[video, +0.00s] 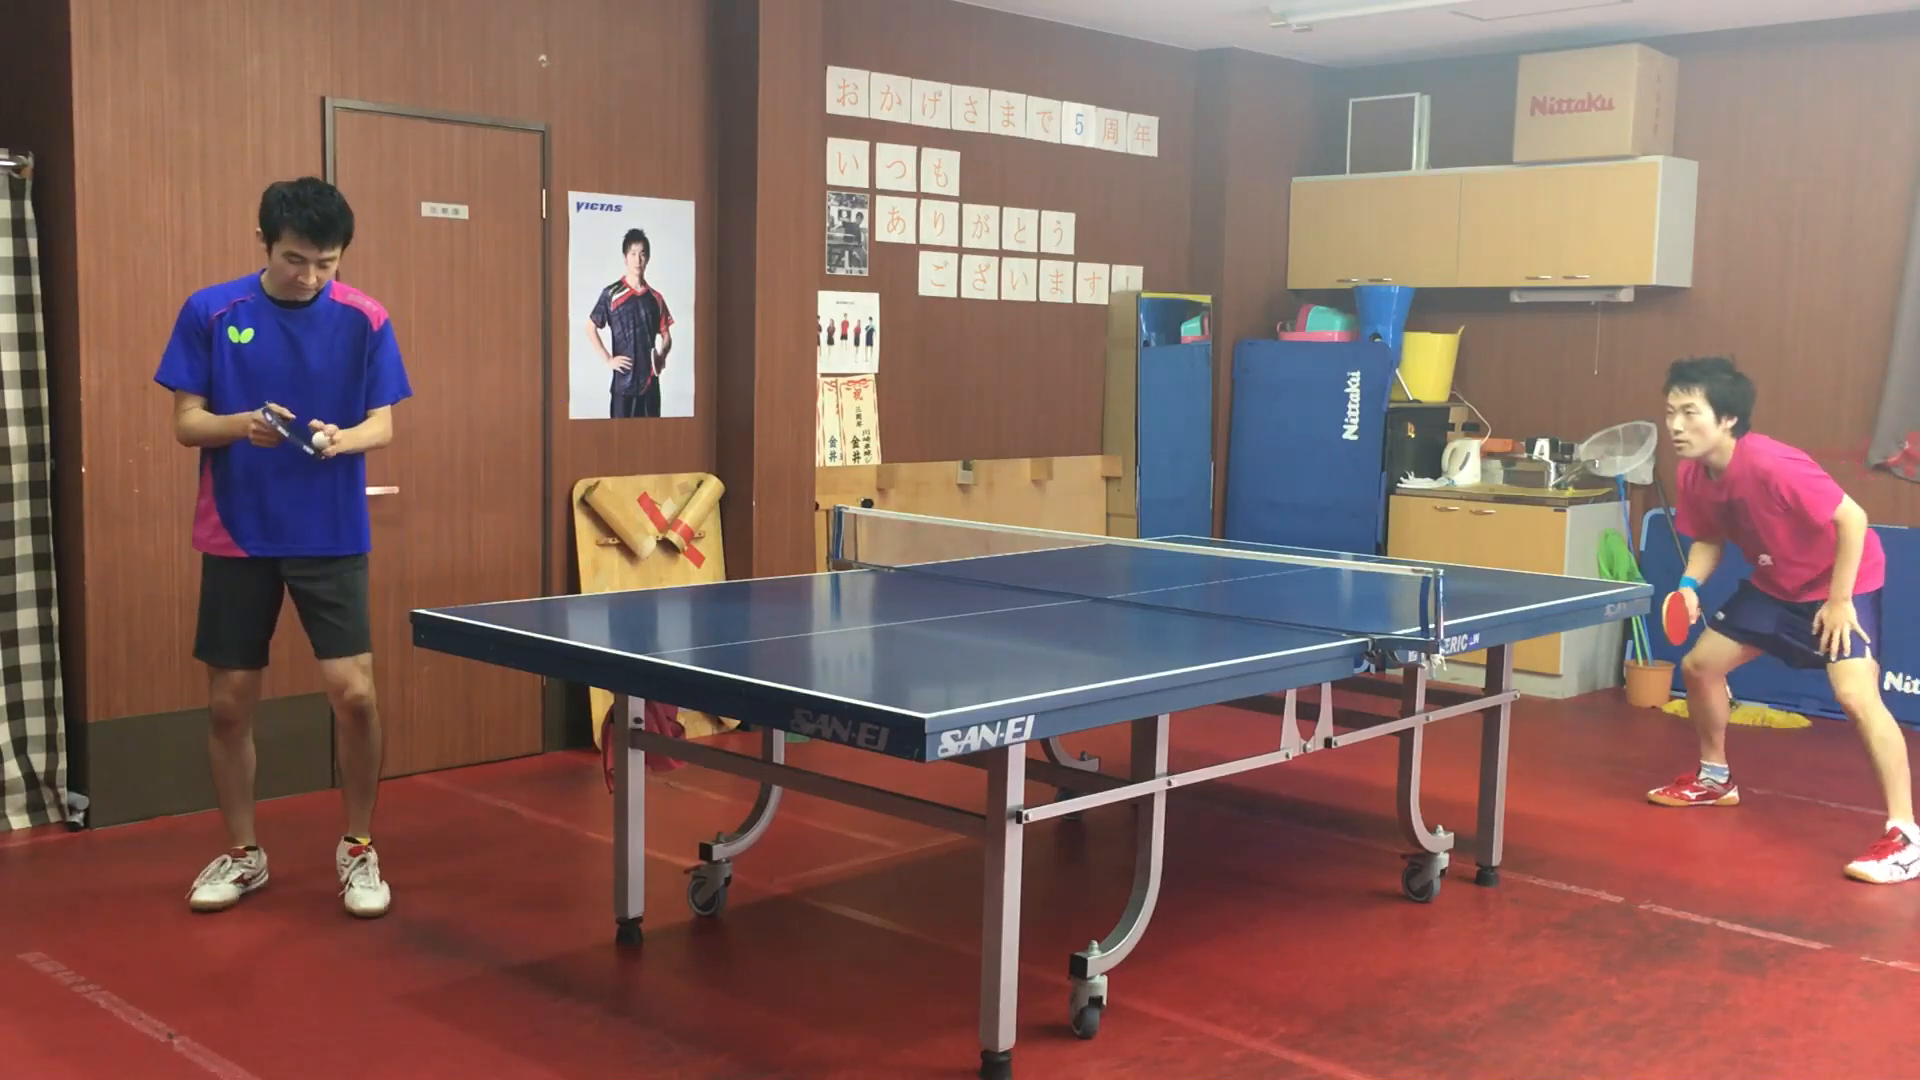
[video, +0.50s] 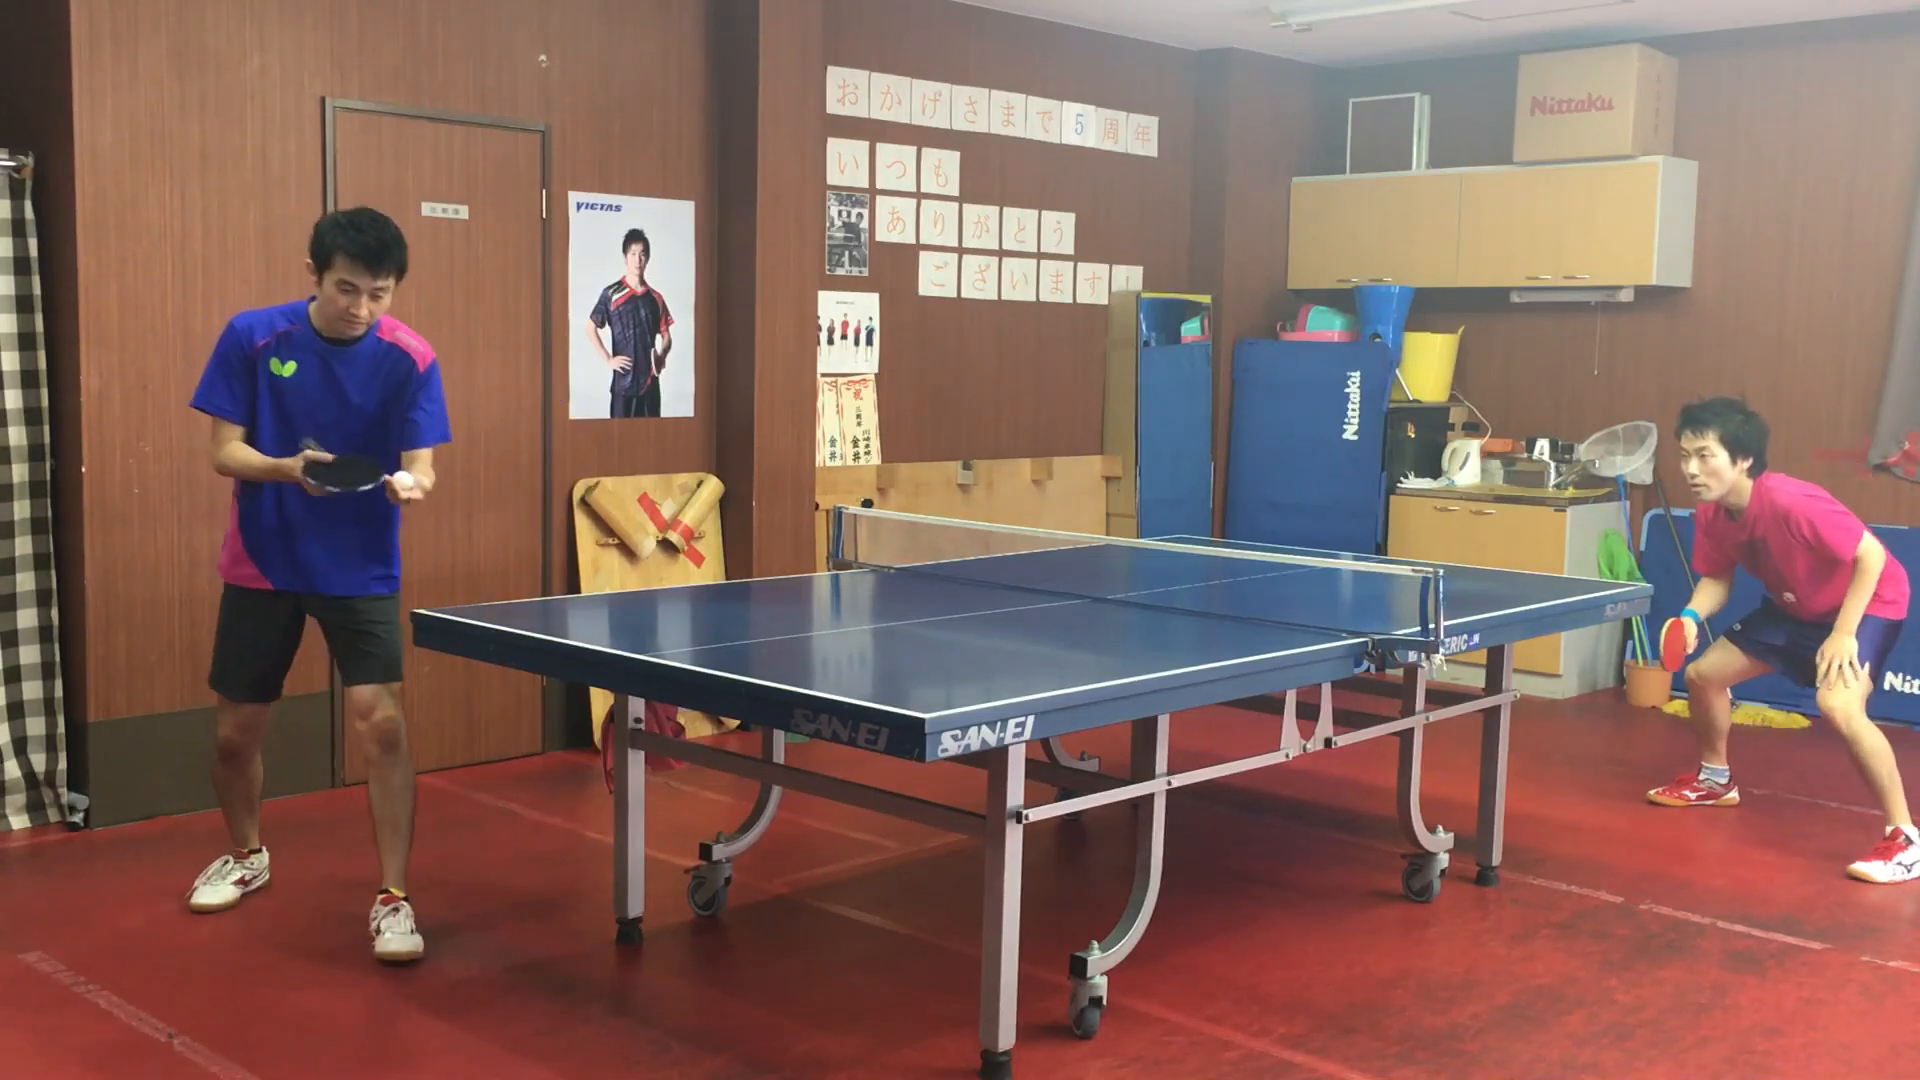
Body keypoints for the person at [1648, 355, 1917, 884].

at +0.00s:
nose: (1674, 425)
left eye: (1688, 412)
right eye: (1670, 413)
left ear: (1728, 421)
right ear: (1668, 418)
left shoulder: (1772, 465)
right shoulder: (1694, 475)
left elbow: (1853, 519)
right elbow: (1707, 540)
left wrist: (1839, 600)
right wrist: (1689, 587)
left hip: (1842, 586)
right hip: (1773, 584)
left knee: (1856, 695)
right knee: (1701, 664)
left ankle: (1905, 835)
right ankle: (1713, 777)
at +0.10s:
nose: (1669, 428)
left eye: (1683, 414)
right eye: (1666, 416)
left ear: (1724, 423)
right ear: (1663, 421)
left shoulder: (1767, 467)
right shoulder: (1694, 479)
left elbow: (1848, 525)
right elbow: (1707, 543)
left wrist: (1836, 604)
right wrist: (1686, 588)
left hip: (1844, 586)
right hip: (1776, 584)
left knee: (1853, 697)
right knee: (1700, 662)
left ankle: (1906, 835)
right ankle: (1713, 777)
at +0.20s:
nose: (1672, 435)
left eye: (1686, 422)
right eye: (1668, 423)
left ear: (1726, 430)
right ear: (1666, 428)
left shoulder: (1769, 475)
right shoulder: (1698, 485)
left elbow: (1851, 532)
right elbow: (1710, 549)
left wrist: (1836, 611)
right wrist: (1687, 593)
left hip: (1849, 588)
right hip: (1781, 586)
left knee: (1849, 698)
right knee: (1701, 664)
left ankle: (1906, 835)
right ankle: (1713, 777)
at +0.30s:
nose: (1678, 446)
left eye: (1691, 433)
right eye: (1674, 434)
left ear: (1732, 440)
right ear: (1671, 438)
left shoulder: (1774, 483)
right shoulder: (1703, 493)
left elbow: (1856, 541)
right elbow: (1714, 557)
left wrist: (1838, 620)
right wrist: (1689, 600)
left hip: (1857, 592)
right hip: (1788, 592)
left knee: (1845, 698)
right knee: (1702, 666)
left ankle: (1906, 836)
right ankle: (1713, 777)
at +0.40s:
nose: (1685, 458)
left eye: (1698, 445)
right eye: (1680, 446)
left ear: (1739, 452)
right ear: (1676, 450)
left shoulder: (1784, 493)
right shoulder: (1708, 505)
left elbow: (1865, 547)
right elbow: (1715, 569)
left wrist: (1840, 625)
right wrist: (1691, 609)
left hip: (1863, 598)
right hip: (1793, 598)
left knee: (1840, 703)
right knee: (1703, 670)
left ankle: (1905, 837)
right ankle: (1713, 779)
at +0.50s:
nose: (1690, 469)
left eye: (1703, 456)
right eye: (1685, 456)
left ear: (1744, 462)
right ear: (1679, 459)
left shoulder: (1791, 503)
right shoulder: (1713, 513)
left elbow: (1872, 556)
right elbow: (1715, 579)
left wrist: (1843, 633)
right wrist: (1690, 617)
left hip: (1869, 603)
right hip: (1796, 606)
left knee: (1838, 705)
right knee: (1704, 675)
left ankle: (1904, 837)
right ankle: (1713, 780)